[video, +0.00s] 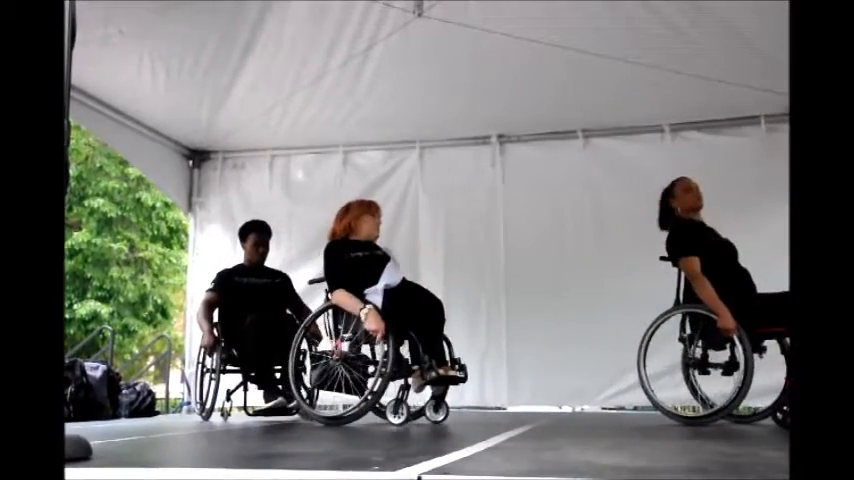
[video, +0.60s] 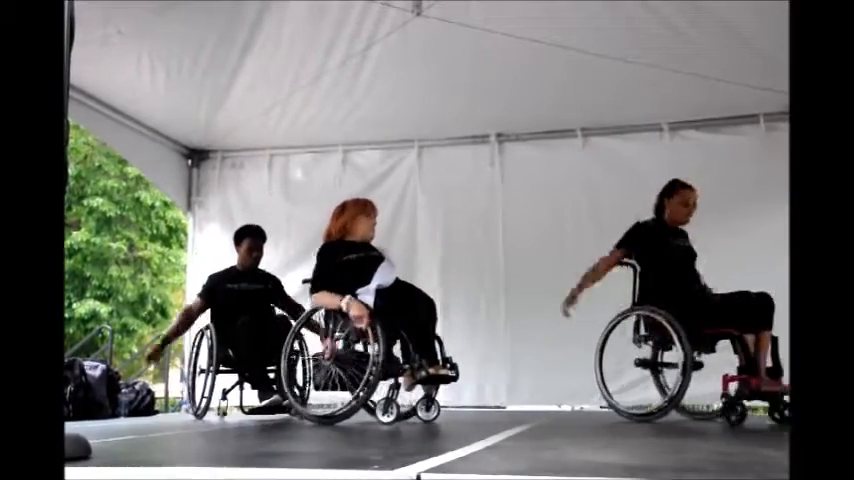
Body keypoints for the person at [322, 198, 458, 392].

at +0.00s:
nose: (379, 222)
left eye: (379, 218)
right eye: (374, 218)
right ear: (357, 221)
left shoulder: (373, 248)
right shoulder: (336, 249)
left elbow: (387, 279)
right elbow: (336, 292)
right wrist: (365, 311)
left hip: (394, 292)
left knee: (432, 306)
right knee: (417, 313)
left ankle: (437, 364)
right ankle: (422, 367)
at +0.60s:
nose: (375, 224)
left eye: (374, 220)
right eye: (370, 219)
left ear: (359, 223)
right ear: (353, 222)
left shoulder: (369, 249)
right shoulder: (331, 250)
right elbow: (318, 296)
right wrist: (348, 303)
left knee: (425, 305)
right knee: (409, 312)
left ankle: (429, 364)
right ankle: (416, 367)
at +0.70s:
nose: (370, 224)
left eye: (370, 219)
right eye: (365, 219)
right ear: (346, 222)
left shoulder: (367, 251)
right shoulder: (327, 251)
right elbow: (306, 297)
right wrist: (334, 298)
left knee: (420, 305)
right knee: (405, 310)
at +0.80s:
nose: (365, 224)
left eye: (365, 219)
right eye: (359, 218)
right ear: (340, 222)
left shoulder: (362, 251)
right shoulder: (321, 251)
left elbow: (378, 273)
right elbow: (305, 281)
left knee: (415, 305)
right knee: (397, 312)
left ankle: (420, 362)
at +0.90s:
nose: (361, 227)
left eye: (362, 221)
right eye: (356, 221)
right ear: (338, 223)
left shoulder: (359, 252)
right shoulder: (318, 252)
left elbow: (378, 282)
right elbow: (292, 287)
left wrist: (413, 286)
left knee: (407, 302)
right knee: (401, 306)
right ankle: (415, 362)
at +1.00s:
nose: (358, 226)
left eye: (358, 221)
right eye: (353, 220)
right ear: (335, 222)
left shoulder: (362, 255)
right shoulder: (316, 250)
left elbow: (391, 267)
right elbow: (284, 269)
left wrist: (422, 261)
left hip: (363, 309)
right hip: (332, 313)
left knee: (404, 303)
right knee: (387, 307)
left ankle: (414, 361)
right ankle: (401, 363)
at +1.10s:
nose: (353, 225)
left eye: (354, 220)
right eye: (347, 219)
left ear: (355, 225)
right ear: (329, 223)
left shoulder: (362, 253)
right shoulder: (314, 250)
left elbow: (394, 257)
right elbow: (285, 253)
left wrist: (425, 243)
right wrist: (274, 223)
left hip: (359, 311)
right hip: (330, 314)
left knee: (401, 305)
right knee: (383, 309)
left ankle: (410, 362)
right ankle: (401, 363)